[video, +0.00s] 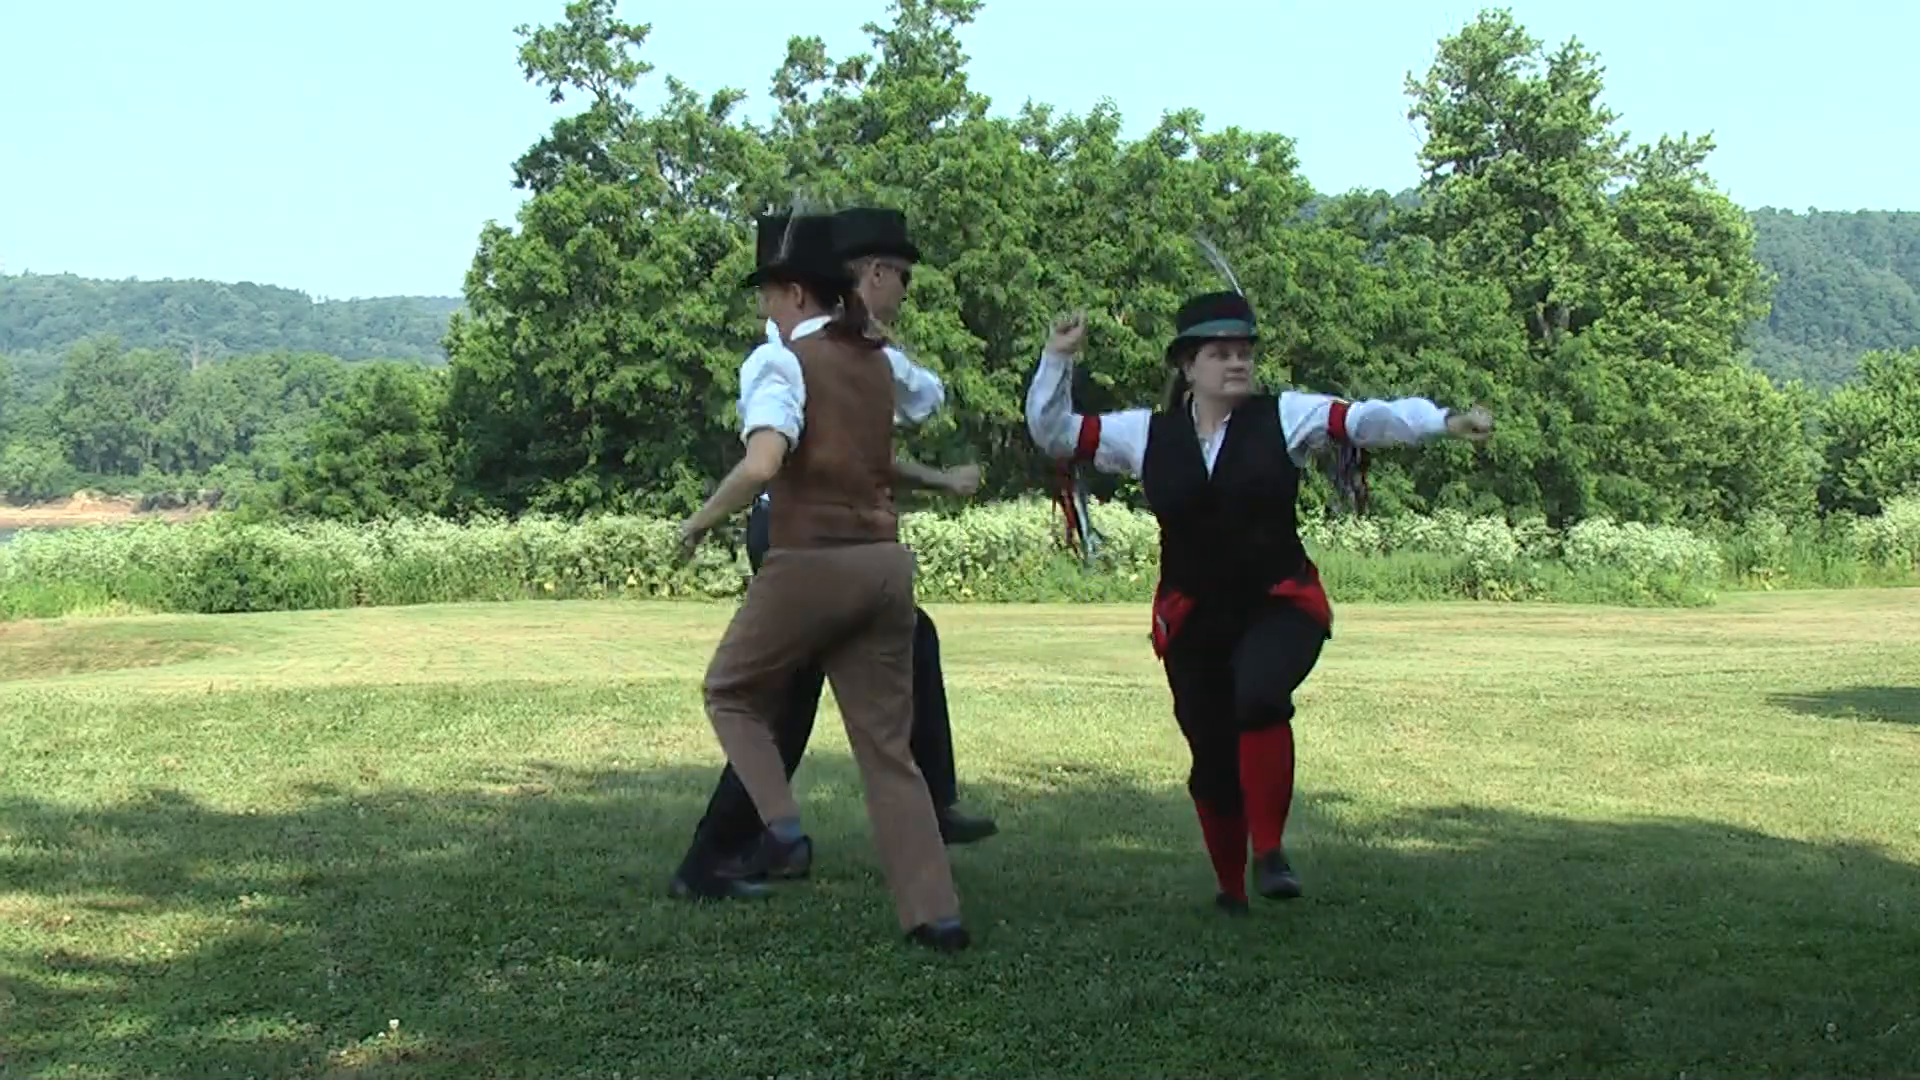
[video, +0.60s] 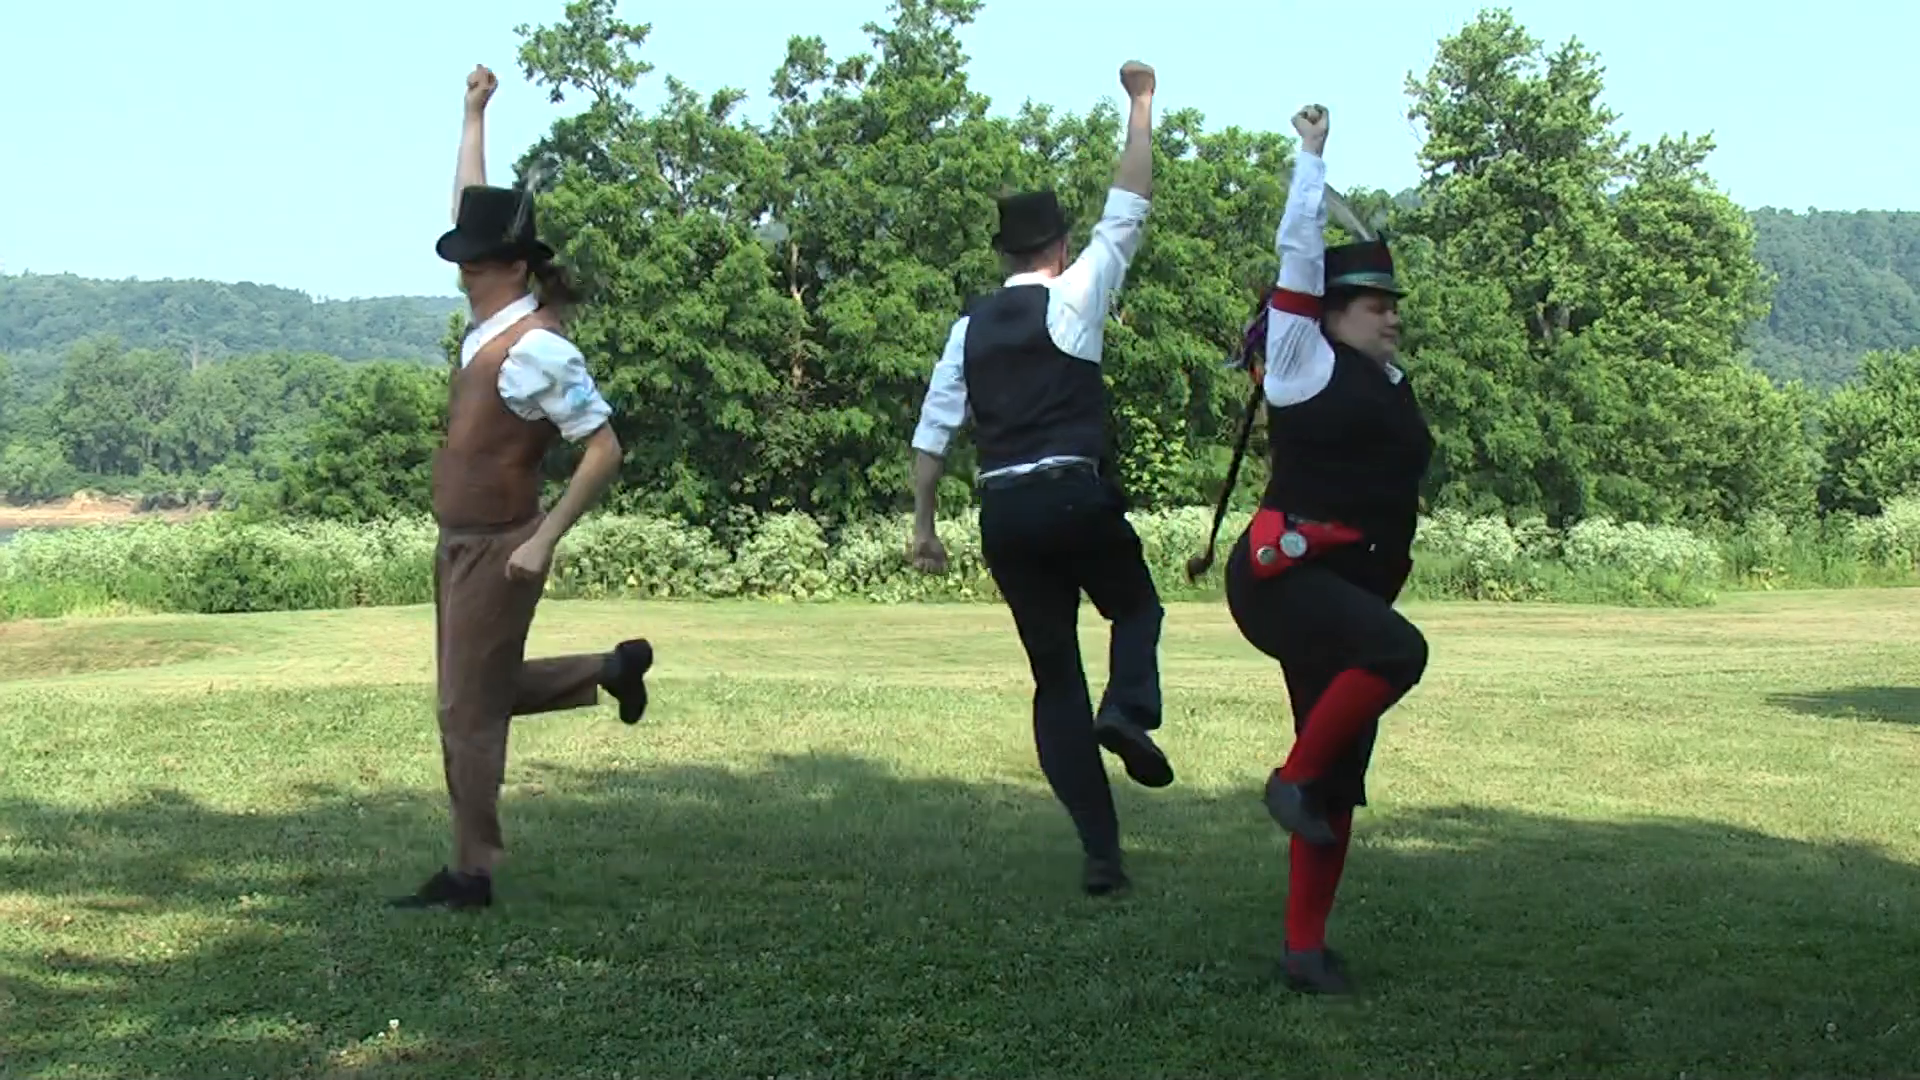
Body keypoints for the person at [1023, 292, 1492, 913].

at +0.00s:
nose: (1237, 362)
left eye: (1245, 350)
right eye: (1221, 352)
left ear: (1256, 359)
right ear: (1187, 366)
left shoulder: (1284, 415)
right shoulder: (1148, 432)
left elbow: (1366, 417)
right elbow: (1051, 430)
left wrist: (1445, 420)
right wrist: (1057, 360)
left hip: (1280, 606)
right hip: (1194, 617)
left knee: (1259, 694)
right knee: (1213, 760)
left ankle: (1268, 852)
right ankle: (1231, 890)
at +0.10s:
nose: (1251, 344)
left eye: (1260, 333)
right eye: (1235, 334)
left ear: (1271, 343)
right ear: (1201, 346)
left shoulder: (1305, 410)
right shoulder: (1172, 400)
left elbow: (1367, 481)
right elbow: (1120, 323)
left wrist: (1434, 538)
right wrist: (1082, 231)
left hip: (1289, 598)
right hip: (1200, 600)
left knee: (1273, 730)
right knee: (1206, 751)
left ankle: (1263, 888)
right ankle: (1217, 860)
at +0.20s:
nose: (1278, 356)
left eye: (1286, 345)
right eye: (1261, 347)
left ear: (1297, 357)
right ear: (1226, 360)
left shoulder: (1327, 442)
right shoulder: (1195, 416)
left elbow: (1351, 545)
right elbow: (1165, 314)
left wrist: (1356, 634)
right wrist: (1186, 224)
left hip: (1299, 626)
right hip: (1207, 622)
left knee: (1268, 773)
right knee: (1187, 783)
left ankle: (1257, 939)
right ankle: (1213, 871)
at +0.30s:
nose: (1307, 363)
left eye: (1314, 353)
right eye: (1291, 354)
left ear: (1326, 368)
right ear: (1254, 368)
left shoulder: (1349, 455)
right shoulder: (1224, 419)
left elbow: (1362, 562)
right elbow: (1211, 318)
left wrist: (1368, 650)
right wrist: (1244, 227)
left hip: (1310, 644)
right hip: (1217, 636)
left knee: (1287, 784)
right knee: (1224, 763)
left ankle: (1253, 944)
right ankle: (1207, 904)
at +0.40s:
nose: (1340, 337)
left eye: (1343, 326)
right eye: (1324, 327)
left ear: (1342, 339)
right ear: (1282, 339)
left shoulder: (1366, 430)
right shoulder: (1244, 387)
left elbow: (1382, 534)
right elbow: (1235, 284)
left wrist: (1405, 624)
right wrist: (1267, 190)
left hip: (1324, 613)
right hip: (1234, 591)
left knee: (1300, 781)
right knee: (1286, 666)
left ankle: (1254, 937)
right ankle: (1250, 821)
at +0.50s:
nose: (1363, 311)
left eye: (1368, 301)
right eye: (1348, 300)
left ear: (1371, 315)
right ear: (1308, 309)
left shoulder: (1378, 399)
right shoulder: (1273, 357)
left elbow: (1390, 507)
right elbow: (1265, 249)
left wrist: (1393, 599)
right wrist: (1285, 147)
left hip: (1339, 576)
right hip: (1255, 558)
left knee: (1321, 764)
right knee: (1341, 619)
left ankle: (1270, 925)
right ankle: (1272, 765)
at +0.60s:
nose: (1390, 315)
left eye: (1392, 304)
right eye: (1375, 304)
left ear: (1388, 319)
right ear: (1329, 311)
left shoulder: (1388, 385)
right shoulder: (1300, 361)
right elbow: (1298, 251)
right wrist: (1311, 152)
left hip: (1354, 585)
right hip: (1285, 572)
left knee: (1333, 777)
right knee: (1397, 650)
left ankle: (1305, 947)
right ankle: (1295, 781)